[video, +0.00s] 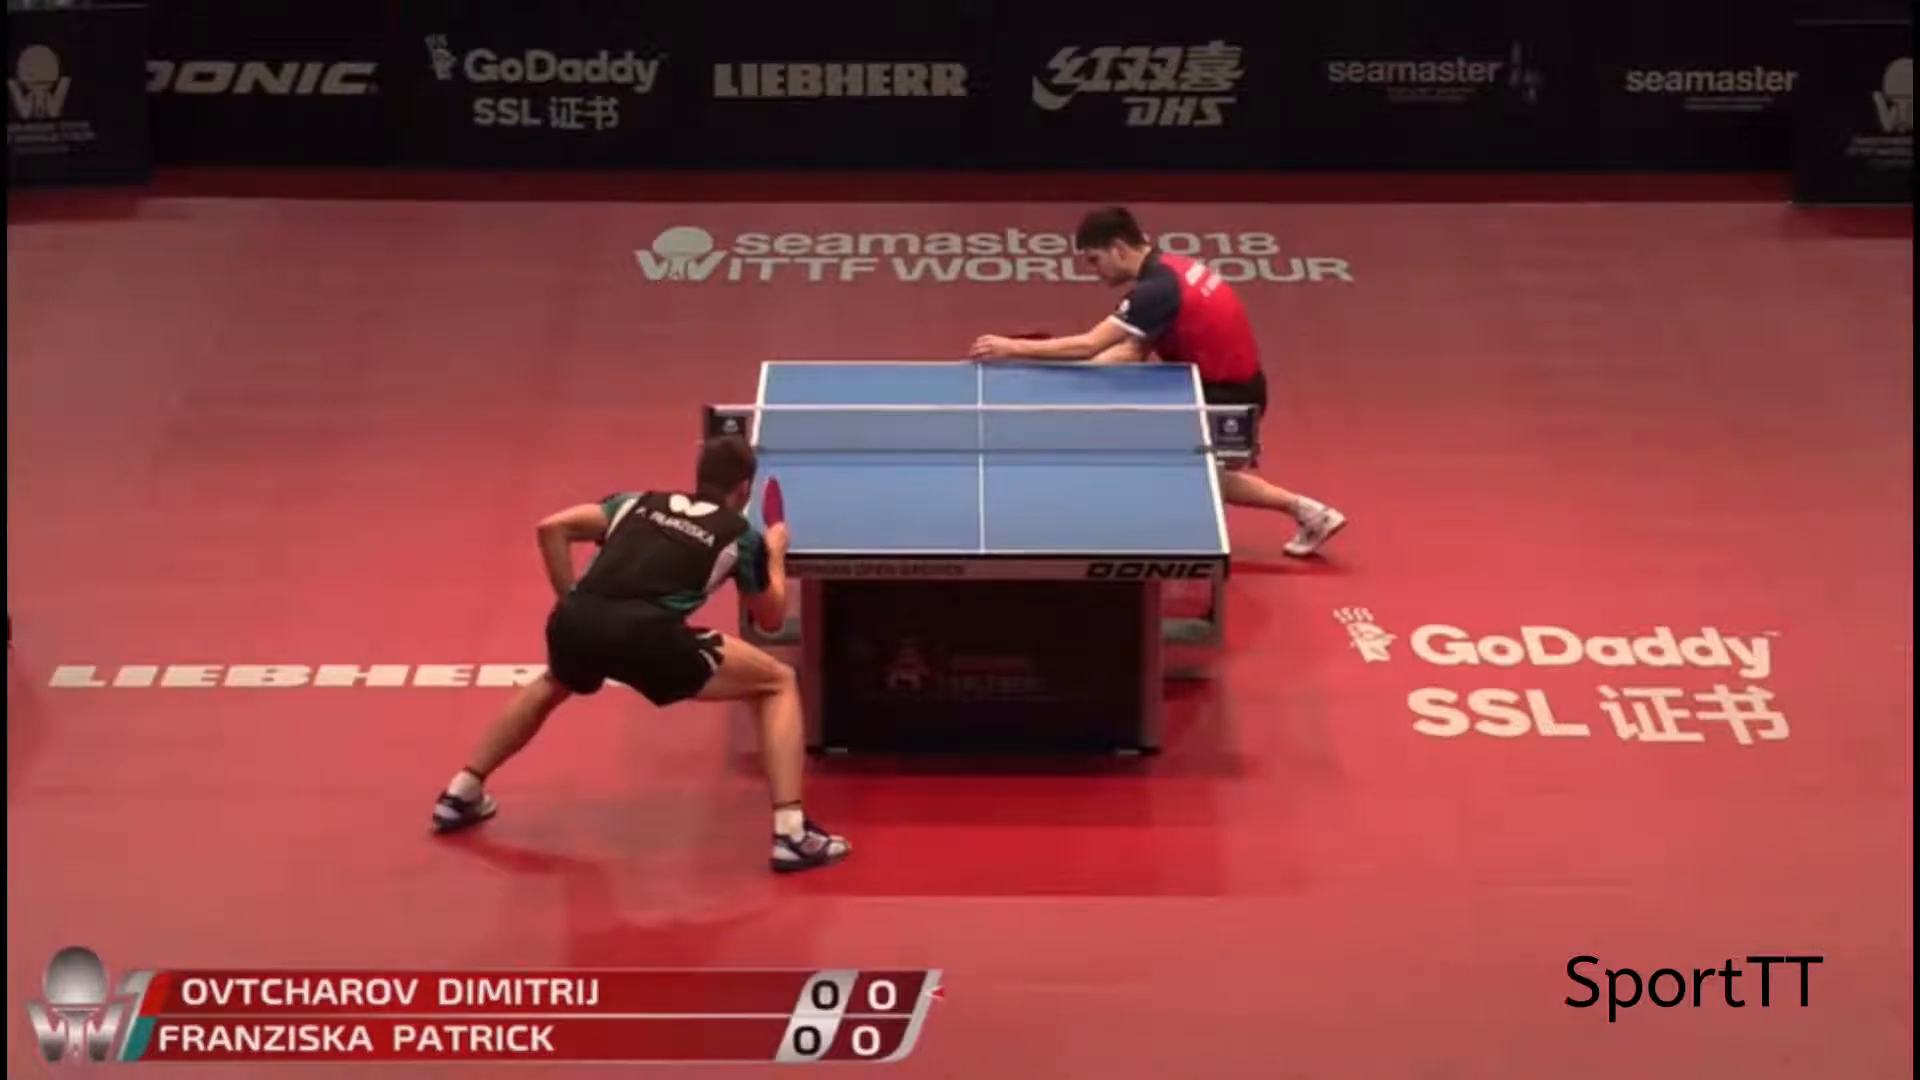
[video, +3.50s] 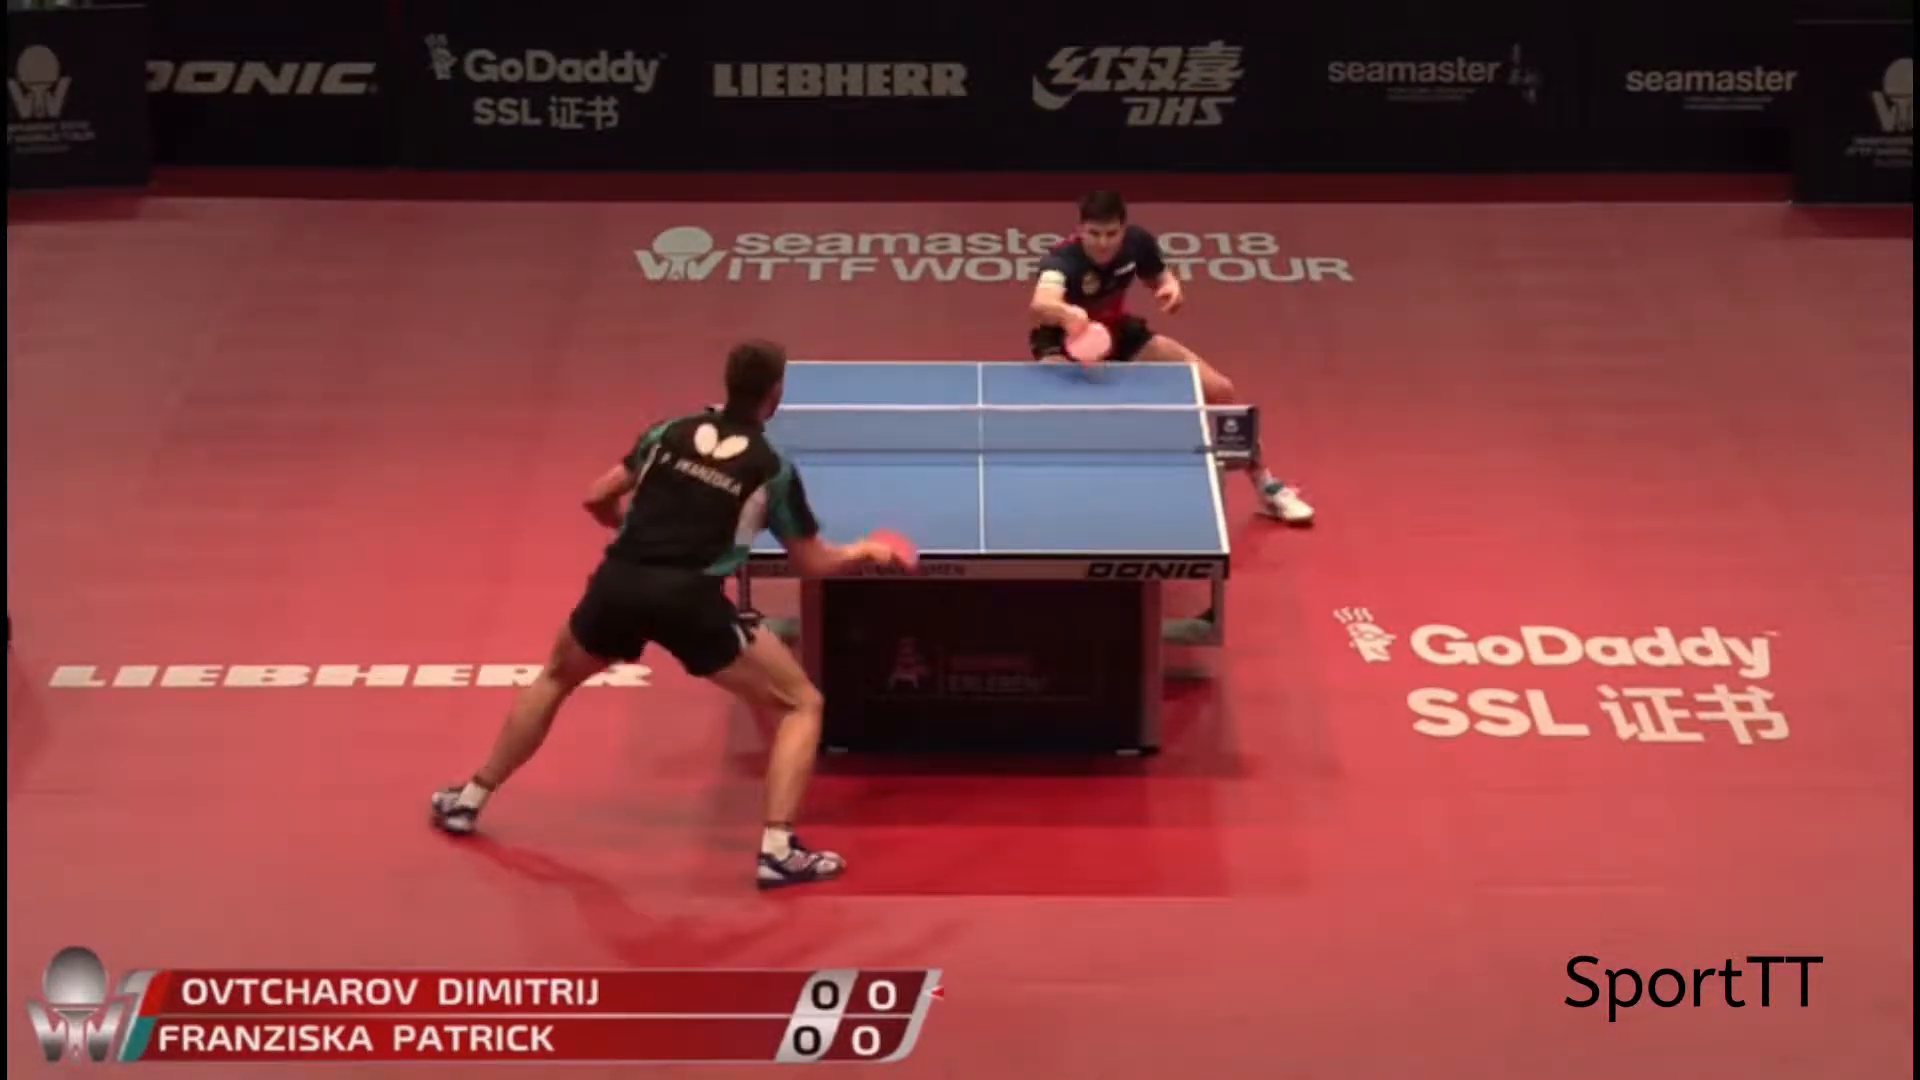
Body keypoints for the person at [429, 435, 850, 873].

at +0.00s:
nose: (750, 494)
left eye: (745, 484)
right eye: (749, 485)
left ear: (696, 477)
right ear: (742, 488)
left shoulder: (639, 502)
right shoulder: (742, 534)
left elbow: (552, 528)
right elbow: (770, 619)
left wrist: (567, 600)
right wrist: (777, 555)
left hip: (575, 622)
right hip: (650, 636)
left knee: (552, 685)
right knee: (777, 684)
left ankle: (462, 790)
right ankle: (792, 831)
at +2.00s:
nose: (752, 419)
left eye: (749, 409)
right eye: (751, 411)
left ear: (695, 405)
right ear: (741, 418)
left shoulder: (638, 443)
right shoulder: (741, 477)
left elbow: (559, 501)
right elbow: (774, 568)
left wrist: (570, 569)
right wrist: (801, 517)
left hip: (577, 583)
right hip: (650, 597)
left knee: (537, 676)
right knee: (774, 678)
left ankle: (458, 793)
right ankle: (792, 831)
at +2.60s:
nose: (743, 374)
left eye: (742, 365)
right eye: (742, 367)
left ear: (688, 359)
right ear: (732, 371)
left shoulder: (625, 390)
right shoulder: (724, 429)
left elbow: (543, 442)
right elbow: (764, 522)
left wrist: (545, 492)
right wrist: (818, 508)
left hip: (584, 549)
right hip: (659, 561)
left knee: (529, 655)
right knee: (762, 646)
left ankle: (470, 782)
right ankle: (795, 764)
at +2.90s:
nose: (760, 374)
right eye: (762, 366)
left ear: (713, 358)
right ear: (760, 371)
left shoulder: (678, 390)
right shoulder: (766, 426)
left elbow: (624, 440)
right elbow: (793, 472)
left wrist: (583, 462)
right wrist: (816, 477)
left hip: (656, 547)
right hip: (730, 553)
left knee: (566, 656)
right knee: (801, 642)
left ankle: (480, 773)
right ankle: (872, 753)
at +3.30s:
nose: (783, 358)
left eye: (776, 349)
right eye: (784, 351)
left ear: (731, 349)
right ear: (780, 359)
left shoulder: (677, 389)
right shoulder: (787, 428)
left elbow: (610, 440)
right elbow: (826, 521)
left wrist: (601, 487)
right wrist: (849, 496)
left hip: (641, 540)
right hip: (716, 552)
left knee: (570, 655)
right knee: (807, 650)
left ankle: (504, 786)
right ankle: (846, 795)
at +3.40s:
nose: (786, 390)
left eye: (774, 378)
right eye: (785, 382)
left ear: (730, 378)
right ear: (778, 390)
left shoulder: (670, 428)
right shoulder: (780, 463)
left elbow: (603, 496)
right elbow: (820, 556)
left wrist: (624, 529)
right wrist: (865, 539)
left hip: (627, 579)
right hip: (697, 595)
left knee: (556, 672)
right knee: (802, 706)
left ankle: (478, 792)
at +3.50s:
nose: (782, 397)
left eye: (775, 385)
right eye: (782, 390)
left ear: (727, 384)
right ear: (772, 396)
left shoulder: (670, 431)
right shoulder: (773, 467)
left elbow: (599, 497)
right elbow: (813, 563)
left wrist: (620, 523)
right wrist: (864, 553)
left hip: (619, 585)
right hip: (692, 601)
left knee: (554, 680)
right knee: (801, 704)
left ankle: (470, 799)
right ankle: (777, 849)